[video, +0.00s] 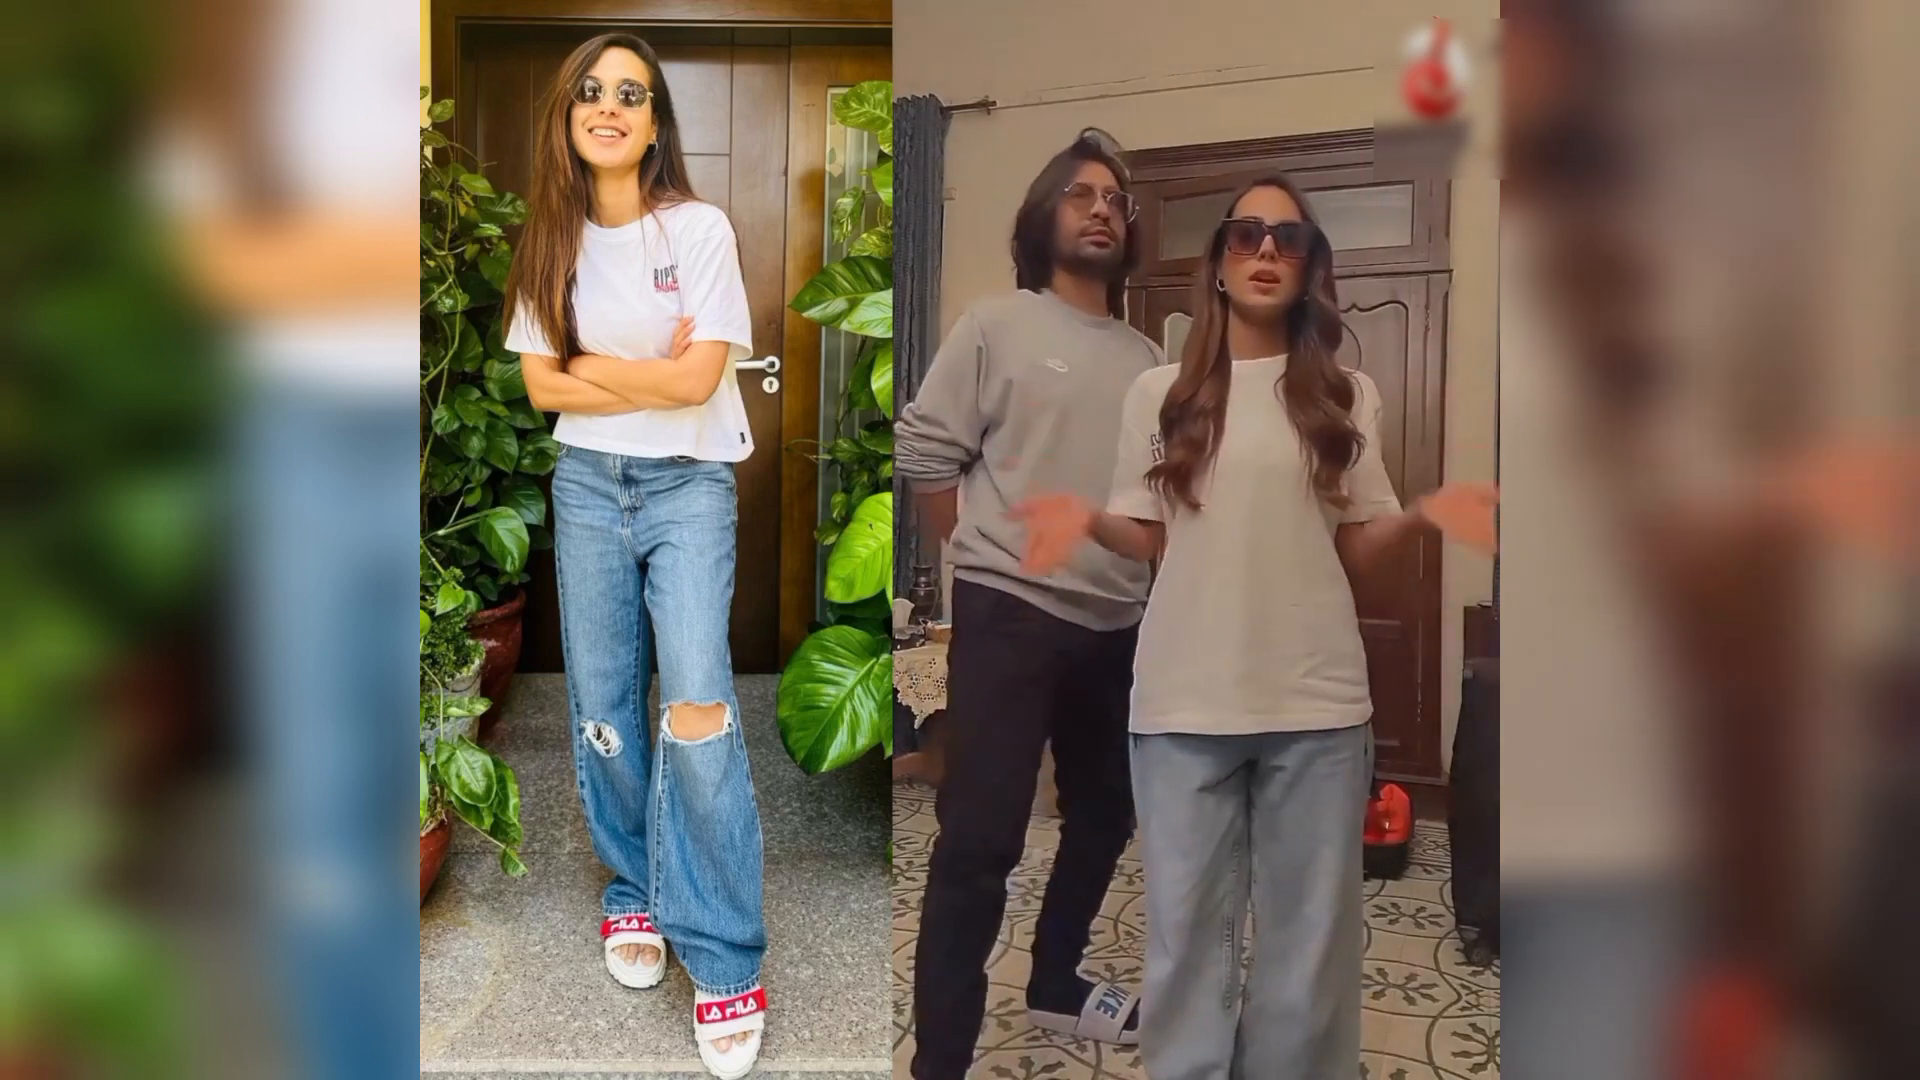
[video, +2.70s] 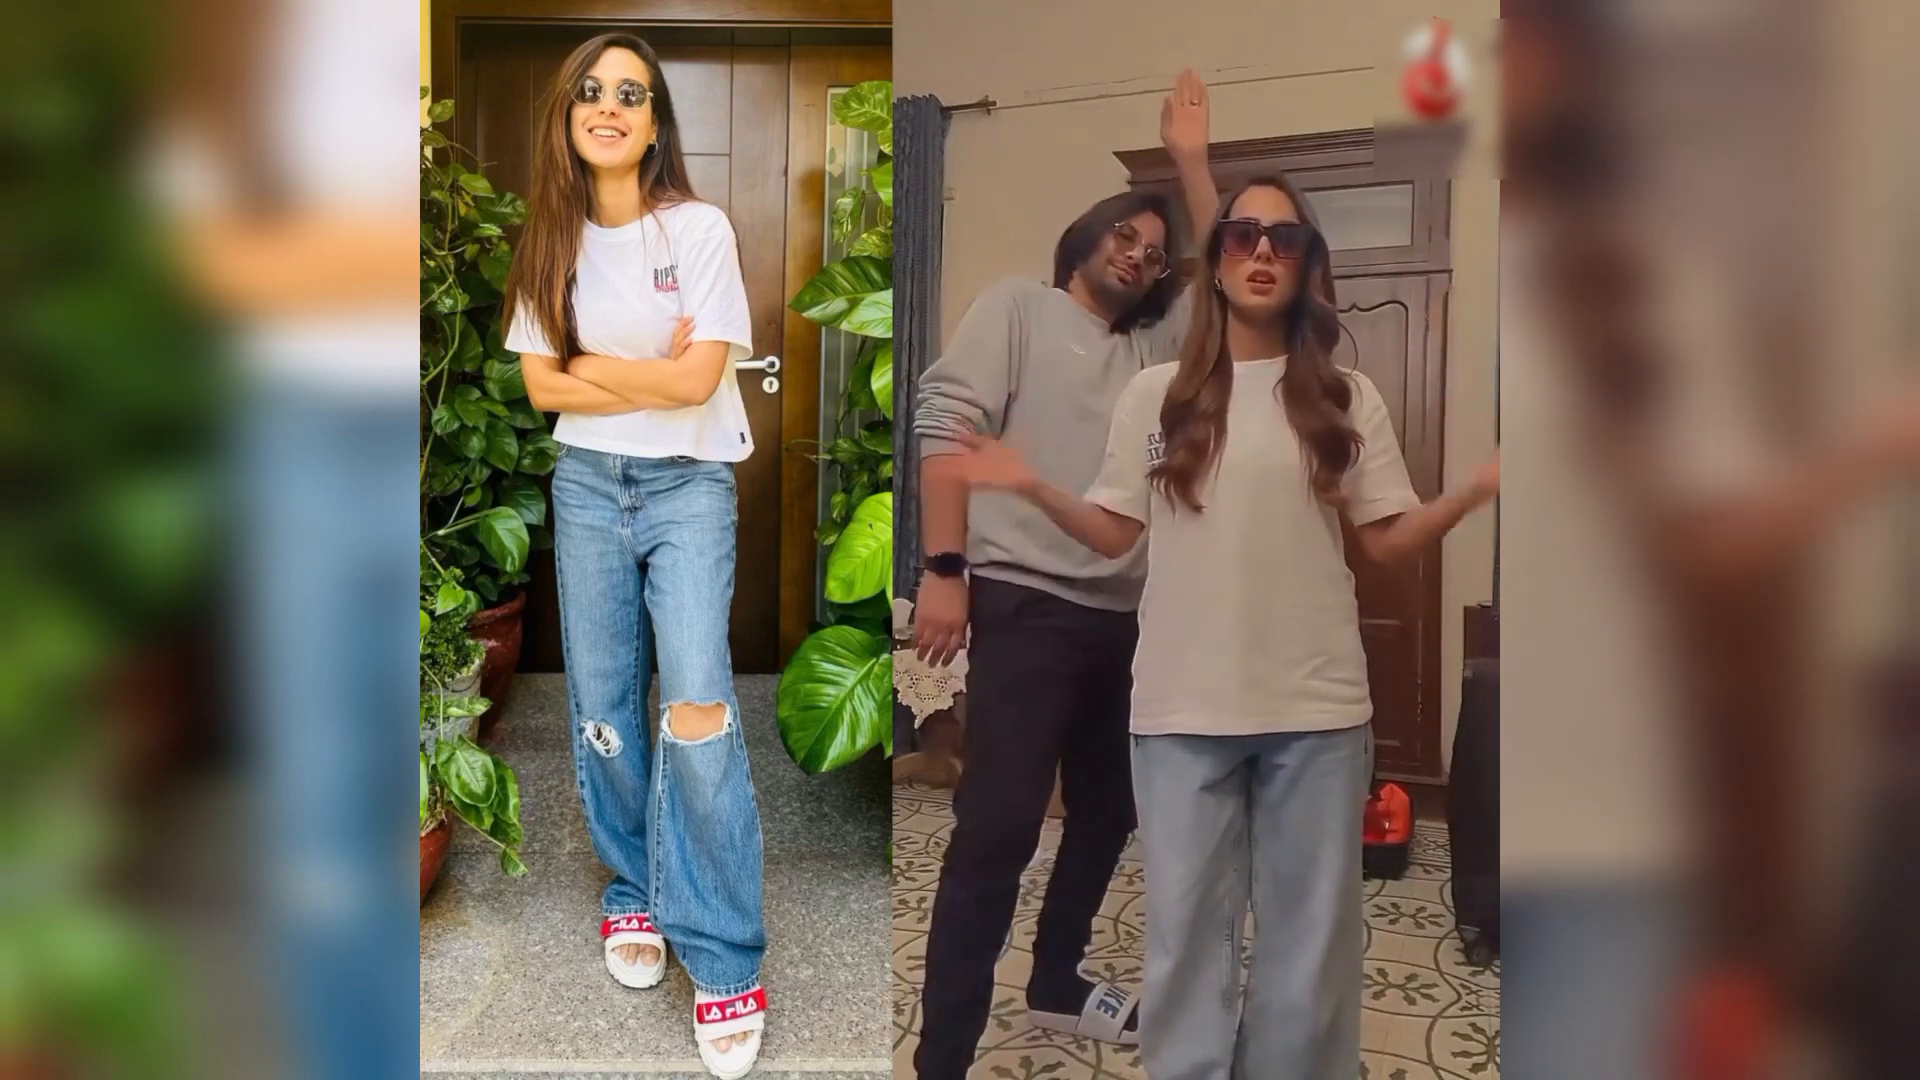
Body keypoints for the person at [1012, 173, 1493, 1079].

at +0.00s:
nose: (1266, 249)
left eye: (1287, 237)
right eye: (1248, 235)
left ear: (1313, 265)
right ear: (1219, 262)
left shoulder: (1346, 393)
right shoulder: (1162, 392)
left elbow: (1360, 552)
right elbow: (1154, 542)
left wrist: (1420, 517)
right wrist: (1093, 518)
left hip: (1317, 705)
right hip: (1182, 705)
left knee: (1310, 946)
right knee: (1182, 938)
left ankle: (1294, 1071)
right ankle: (1186, 1067)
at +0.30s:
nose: (1264, 245)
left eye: (1285, 234)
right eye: (1246, 232)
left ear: (1311, 265)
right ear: (1216, 263)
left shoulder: (1344, 392)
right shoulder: (1163, 390)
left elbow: (1394, 540)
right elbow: (1115, 532)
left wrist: (1431, 407)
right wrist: (1066, 402)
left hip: (1317, 706)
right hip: (1181, 704)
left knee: (1309, 953)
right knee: (1182, 945)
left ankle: (1294, 1072)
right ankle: (1184, 1067)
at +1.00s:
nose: (1266, 248)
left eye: (1286, 236)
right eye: (1247, 234)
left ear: (1311, 263)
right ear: (1217, 258)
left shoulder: (1347, 392)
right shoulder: (1159, 391)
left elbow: (1384, 537)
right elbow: (1105, 531)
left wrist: (1471, 451)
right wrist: (1026, 446)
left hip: (1320, 707)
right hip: (1184, 708)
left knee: (1315, 944)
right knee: (1185, 938)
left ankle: (1294, 1075)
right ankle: (1186, 1069)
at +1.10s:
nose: (1265, 249)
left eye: (1286, 238)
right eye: (1246, 236)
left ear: (1312, 265)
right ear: (1218, 263)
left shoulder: (1350, 398)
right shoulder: (1159, 398)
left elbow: (1370, 539)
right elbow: (1124, 532)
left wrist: (1430, 579)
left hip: (1321, 713)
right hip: (1182, 713)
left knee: (1312, 948)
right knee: (1185, 940)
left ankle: (1297, 1070)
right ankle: (1186, 1066)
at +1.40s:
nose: (1261, 252)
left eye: (1283, 239)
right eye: (1242, 237)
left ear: (1308, 266)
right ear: (1215, 262)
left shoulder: (1348, 394)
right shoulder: (1156, 395)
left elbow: (1422, 518)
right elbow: (1128, 535)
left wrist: (1331, 494)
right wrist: (1198, 523)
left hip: (1318, 715)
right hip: (1182, 716)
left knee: (1313, 954)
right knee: (1184, 946)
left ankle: (1292, 1073)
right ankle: (1185, 1070)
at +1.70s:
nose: (1260, 248)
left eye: (1283, 238)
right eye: (1240, 235)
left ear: (1307, 269)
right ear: (1212, 265)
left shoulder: (1347, 395)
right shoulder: (1155, 397)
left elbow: (1410, 549)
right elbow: (1118, 552)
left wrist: (1372, 466)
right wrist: (1154, 469)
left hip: (1321, 714)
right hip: (1182, 717)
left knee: (1312, 959)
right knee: (1184, 949)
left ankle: (1293, 1073)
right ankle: (1185, 1069)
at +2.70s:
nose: (1262, 250)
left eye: (1282, 237)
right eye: (1243, 235)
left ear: (1309, 262)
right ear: (1213, 258)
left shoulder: (1346, 393)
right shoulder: (1156, 392)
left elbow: (1385, 540)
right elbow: (1113, 536)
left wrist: (1470, 491)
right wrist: (1029, 481)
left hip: (1318, 707)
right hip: (1182, 708)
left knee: (1312, 946)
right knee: (1183, 941)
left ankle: (1293, 1074)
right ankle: (1186, 1069)